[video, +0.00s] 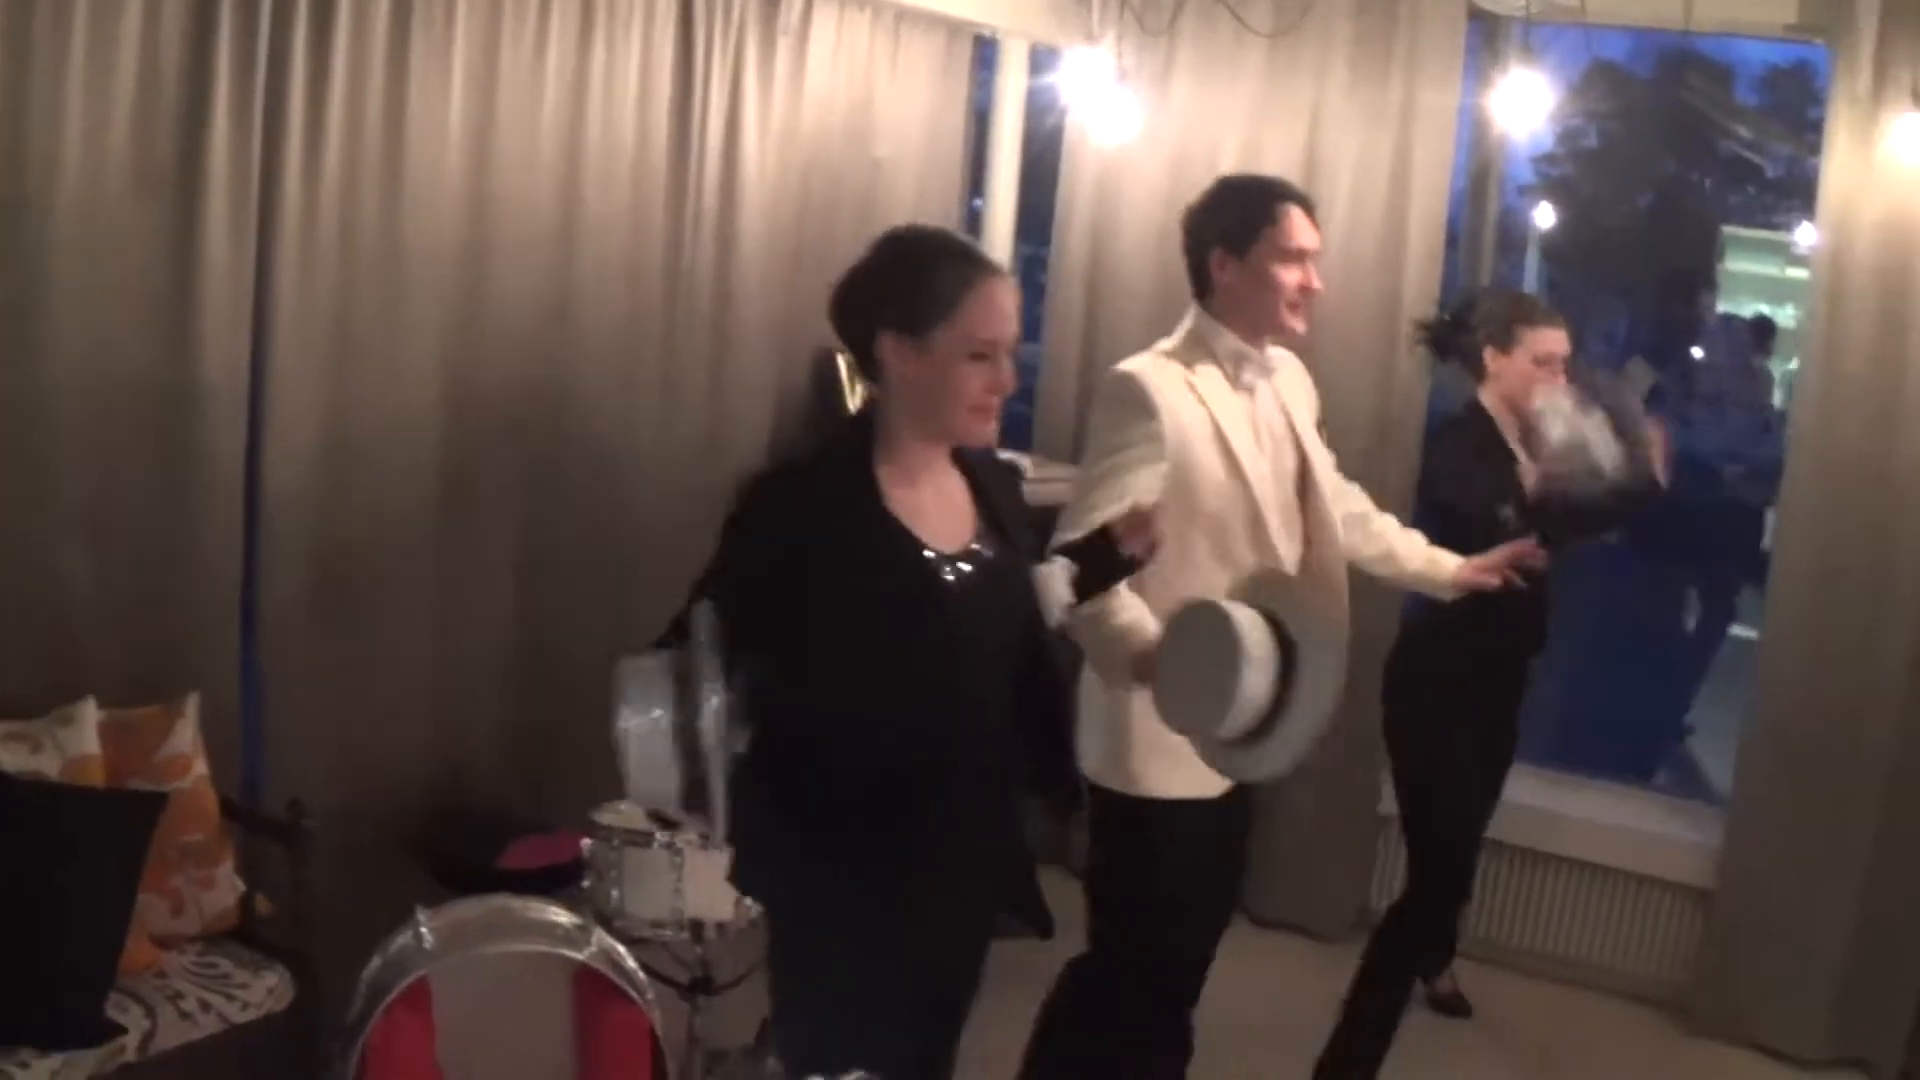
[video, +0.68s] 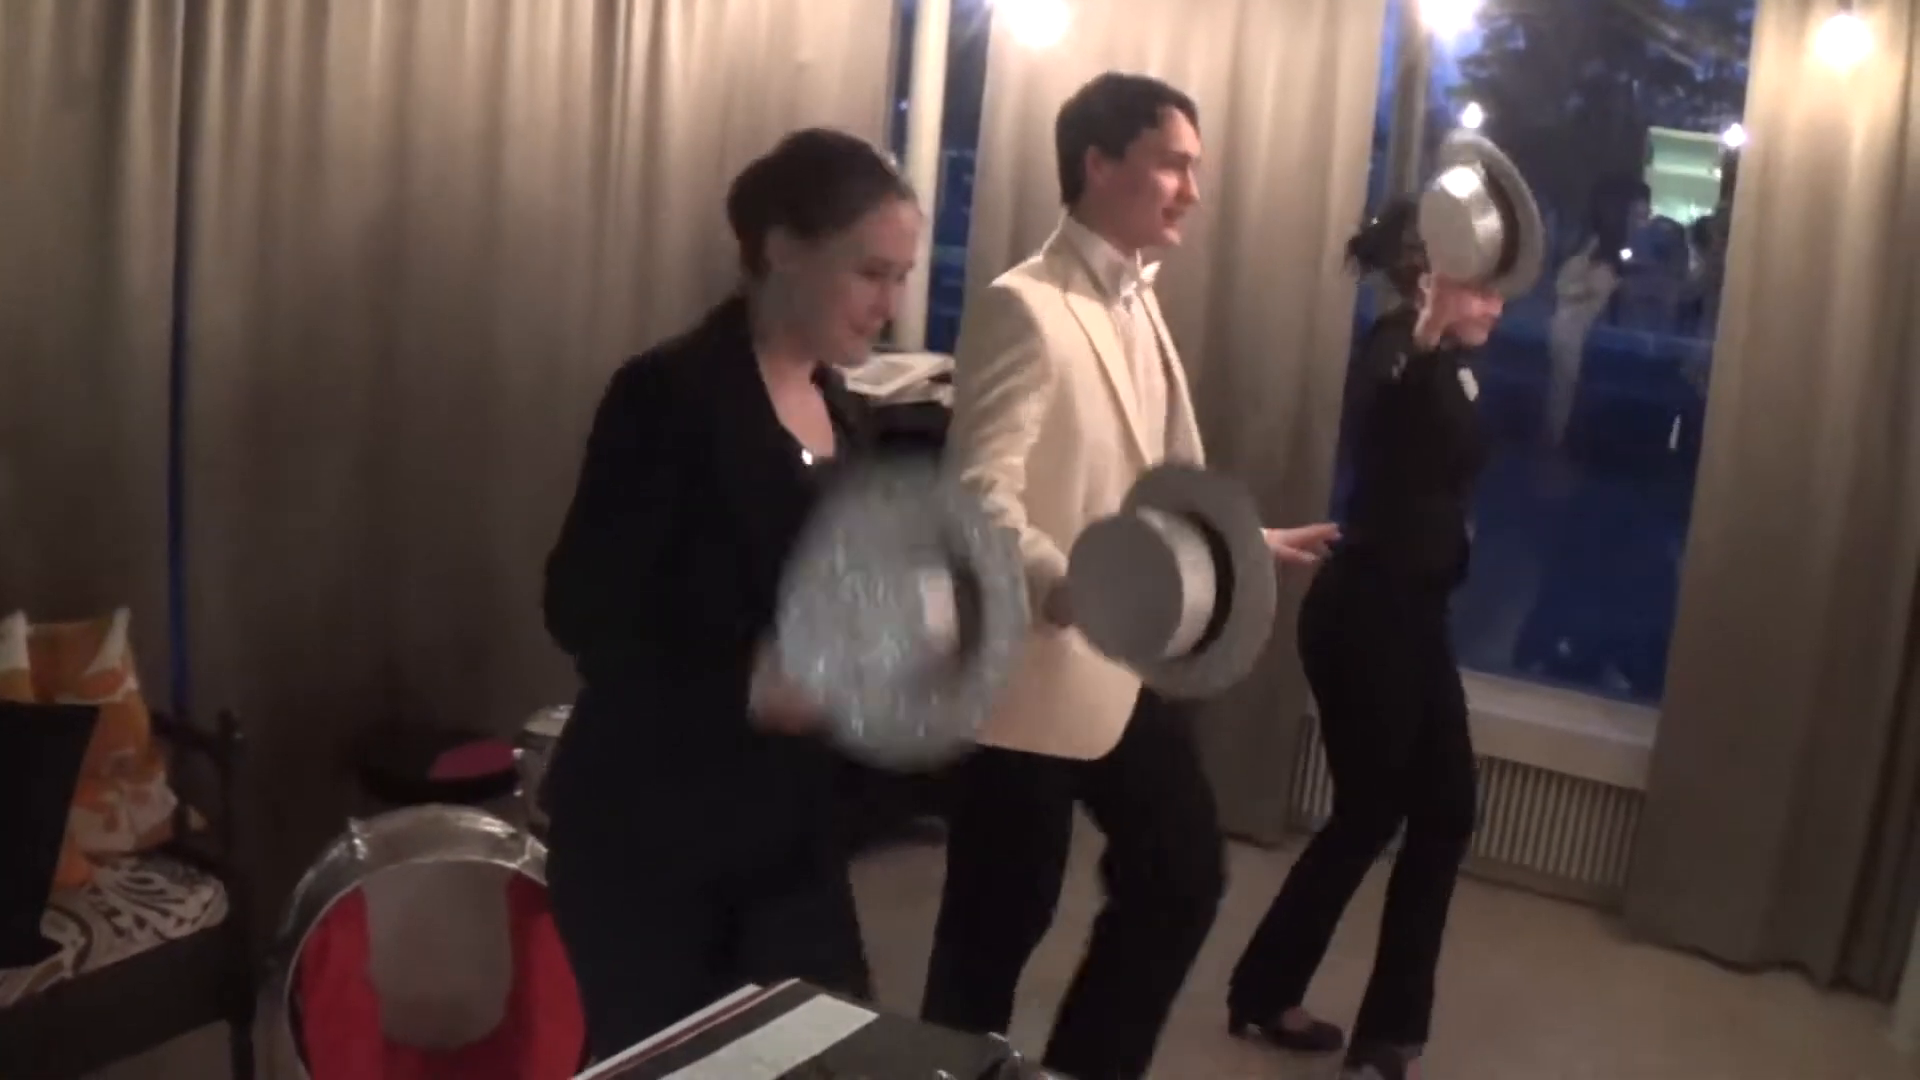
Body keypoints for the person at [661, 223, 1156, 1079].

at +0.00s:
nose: (1006, 381)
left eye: (1009, 357)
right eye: (980, 358)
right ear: (895, 354)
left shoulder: (991, 490)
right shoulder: (793, 506)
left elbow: (1001, 630)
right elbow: (694, 664)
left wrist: (1103, 558)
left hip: (959, 875)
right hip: (831, 882)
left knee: (922, 1064)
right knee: (829, 1065)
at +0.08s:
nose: (964, 378)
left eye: (972, 354)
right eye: (940, 354)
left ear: (979, 345)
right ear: (851, 346)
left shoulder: (955, 490)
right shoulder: (749, 499)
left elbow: (974, 669)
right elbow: (674, 689)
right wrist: (722, 848)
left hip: (923, 881)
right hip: (792, 884)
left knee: (897, 1069)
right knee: (789, 1071)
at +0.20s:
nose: (908, 371)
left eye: (922, 344)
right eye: (883, 341)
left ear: (934, 333)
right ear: (799, 316)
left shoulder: (884, 459)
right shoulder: (700, 477)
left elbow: (886, 645)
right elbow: (646, 684)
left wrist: (971, 651)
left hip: (853, 855)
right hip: (719, 866)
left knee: (918, 1060)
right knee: (727, 1071)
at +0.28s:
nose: (881, 351)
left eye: (904, 326)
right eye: (859, 317)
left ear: (921, 317)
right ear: (784, 285)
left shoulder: (859, 438)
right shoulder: (693, 436)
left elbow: (855, 617)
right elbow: (628, 640)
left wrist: (905, 667)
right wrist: (719, 667)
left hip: (823, 820)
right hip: (683, 826)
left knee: (925, 1051)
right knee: (697, 1064)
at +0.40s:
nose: (869, 328)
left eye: (895, 301)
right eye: (848, 291)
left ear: (913, 294)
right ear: (784, 268)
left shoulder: (847, 425)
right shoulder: (687, 401)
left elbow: (860, 627)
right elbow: (618, 605)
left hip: (795, 811)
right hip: (652, 808)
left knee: (861, 1050)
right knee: (646, 1064)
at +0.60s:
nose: (896, 284)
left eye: (910, 256)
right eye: (871, 257)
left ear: (922, 252)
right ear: (780, 254)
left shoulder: (895, 405)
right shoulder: (670, 391)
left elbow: (899, 627)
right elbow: (592, 591)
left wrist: (871, 789)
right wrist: (742, 534)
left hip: (792, 814)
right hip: (641, 807)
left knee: (786, 1052)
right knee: (636, 1060)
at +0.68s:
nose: (892, 305)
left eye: (903, 279)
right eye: (874, 274)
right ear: (779, 251)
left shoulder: (845, 417)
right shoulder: (660, 398)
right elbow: (582, 605)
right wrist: (743, 677)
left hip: (784, 819)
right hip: (643, 824)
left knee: (827, 1050)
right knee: (644, 1065)